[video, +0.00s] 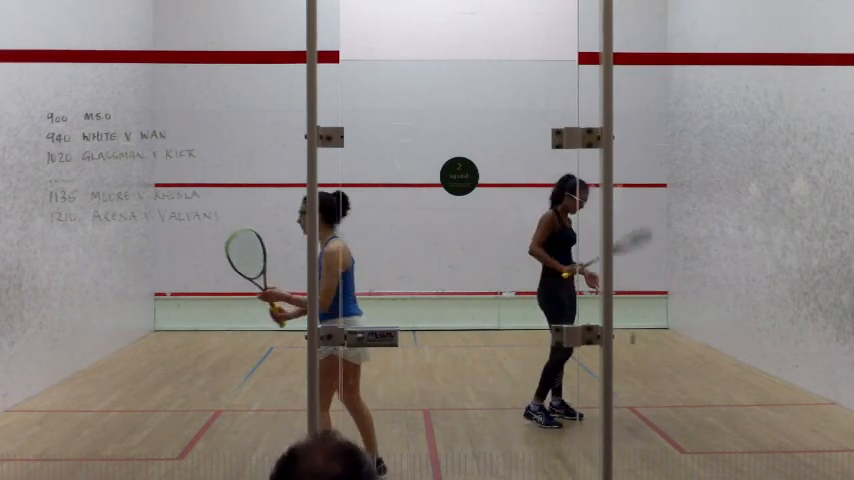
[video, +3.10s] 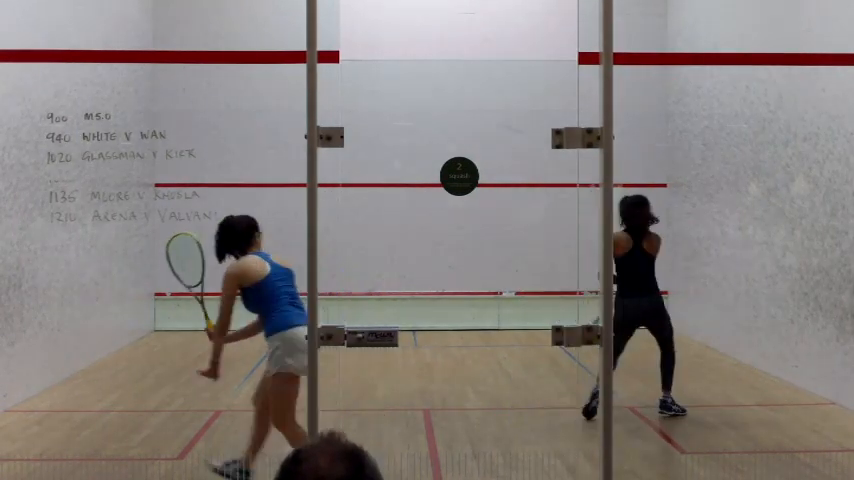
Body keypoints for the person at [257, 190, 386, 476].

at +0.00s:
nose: (299, 220)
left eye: (303, 214)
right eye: (300, 214)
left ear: (318, 217)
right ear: (327, 218)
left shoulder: (332, 251)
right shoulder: (335, 249)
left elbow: (322, 302)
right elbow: (319, 300)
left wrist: (283, 296)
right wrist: (289, 314)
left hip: (335, 334)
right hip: (351, 331)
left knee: (320, 403)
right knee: (351, 396)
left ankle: (325, 463)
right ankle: (374, 459)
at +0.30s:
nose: (303, 239)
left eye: (303, 233)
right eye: (304, 233)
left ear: (307, 235)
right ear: (328, 230)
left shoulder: (321, 261)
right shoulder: (349, 256)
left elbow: (325, 314)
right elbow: (351, 308)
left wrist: (298, 326)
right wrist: (311, 324)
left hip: (358, 337)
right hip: (379, 333)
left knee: (321, 400)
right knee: (366, 396)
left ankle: (325, 463)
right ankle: (385, 460)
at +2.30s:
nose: (330, 246)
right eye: (328, 243)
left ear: (299, 253)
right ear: (326, 245)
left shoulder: (305, 275)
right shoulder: (349, 264)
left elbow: (317, 321)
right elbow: (347, 317)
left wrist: (325, 355)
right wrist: (305, 341)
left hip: (352, 332)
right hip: (385, 328)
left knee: (323, 402)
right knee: (373, 395)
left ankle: (329, 463)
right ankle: (382, 462)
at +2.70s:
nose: (308, 246)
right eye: (305, 242)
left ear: (274, 255)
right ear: (302, 247)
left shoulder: (284, 281)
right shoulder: (328, 270)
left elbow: (295, 330)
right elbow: (309, 323)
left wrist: (307, 365)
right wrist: (268, 339)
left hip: (329, 345)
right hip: (361, 340)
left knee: (299, 409)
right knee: (362, 399)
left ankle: (317, 462)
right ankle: (381, 460)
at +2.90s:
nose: (287, 240)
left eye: (286, 236)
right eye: (285, 237)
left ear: (257, 248)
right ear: (280, 240)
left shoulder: (264, 273)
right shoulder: (299, 263)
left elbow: (263, 324)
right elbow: (280, 320)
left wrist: (267, 367)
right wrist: (240, 333)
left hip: (312, 338)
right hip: (337, 333)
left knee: (293, 412)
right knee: (319, 400)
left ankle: (315, 462)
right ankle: (347, 446)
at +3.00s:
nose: (275, 237)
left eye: (274, 234)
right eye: (273, 234)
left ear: (245, 245)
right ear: (269, 238)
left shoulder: (252, 270)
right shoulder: (291, 261)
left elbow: (243, 322)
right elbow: (273, 317)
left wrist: (241, 369)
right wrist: (232, 333)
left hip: (301, 338)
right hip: (323, 332)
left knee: (289, 415)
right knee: (294, 411)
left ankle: (315, 467)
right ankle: (317, 463)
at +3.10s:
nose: (261, 237)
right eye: (259, 234)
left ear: (231, 245)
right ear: (256, 238)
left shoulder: (237, 270)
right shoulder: (276, 264)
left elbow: (224, 321)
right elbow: (264, 320)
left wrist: (214, 364)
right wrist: (224, 336)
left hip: (287, 340)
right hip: (303, 335)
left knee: (283, 418)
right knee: (263, 400)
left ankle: (319, 468)